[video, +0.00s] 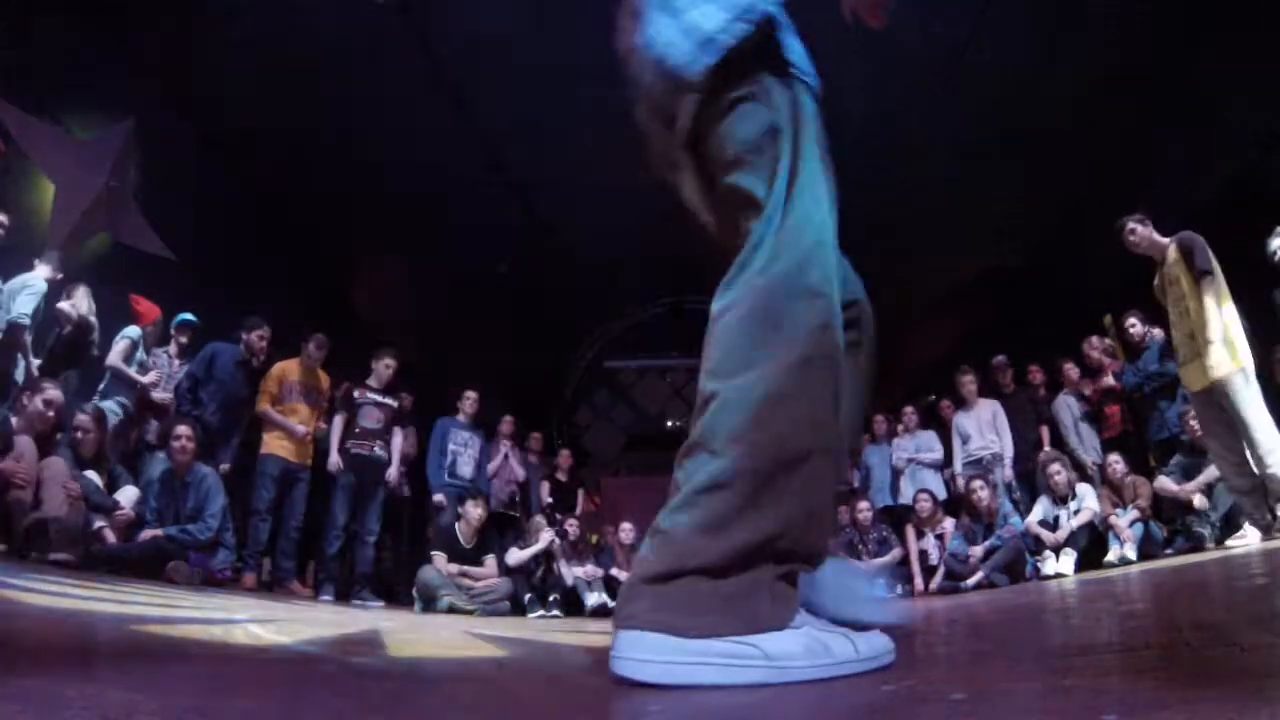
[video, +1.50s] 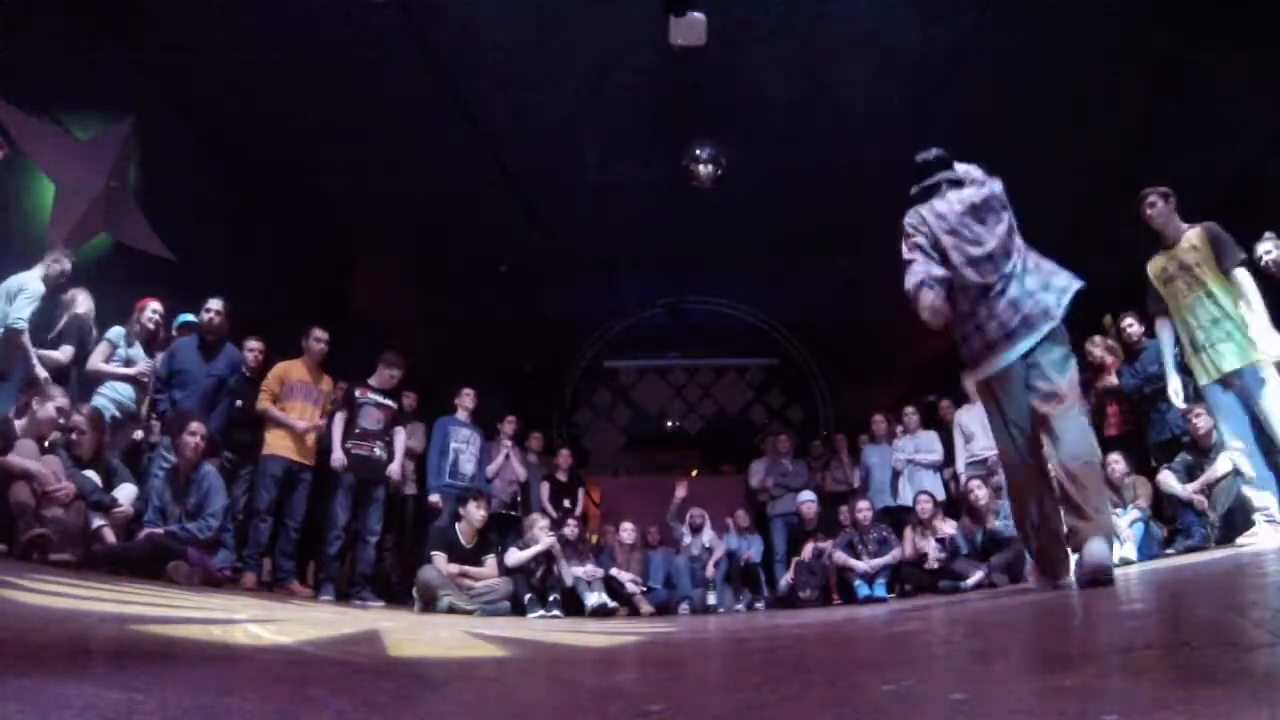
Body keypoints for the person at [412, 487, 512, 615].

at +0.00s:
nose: (480, 513)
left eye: (483, 508)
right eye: (475, 506)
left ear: (487, 513)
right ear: (460, 509)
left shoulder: (485, 536)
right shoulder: (444, 532)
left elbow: (493, 572)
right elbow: (441, 569)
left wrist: (461, 569)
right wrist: (474, 584)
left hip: (478, 590)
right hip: (448, 588)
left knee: (506, 585)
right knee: (426, 573)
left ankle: (454, 604)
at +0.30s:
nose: (481, 513)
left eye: (484, 509)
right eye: (476, 507)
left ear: (488, 512)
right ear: (461, 509)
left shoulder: (485, 537)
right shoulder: (442, 533)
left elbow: (492, 572)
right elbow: (442, 569)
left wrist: (461, 569)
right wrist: (474, 584)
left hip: (477, 590)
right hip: (447, 588)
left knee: (506, 585)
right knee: (426, 573)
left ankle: (455, 604)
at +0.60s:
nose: (480, 513)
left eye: (484, 509)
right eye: (475, 507)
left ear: (487, 512)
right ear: (461, 510)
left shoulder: (485, 537)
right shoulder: (442, 531)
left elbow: (492, 572)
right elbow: (441, 569)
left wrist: (461, 569)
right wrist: (474, 584)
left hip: (477, 590)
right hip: (447, 588)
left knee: (507, 585)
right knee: (426, 573)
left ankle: (456, 604)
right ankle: (477, 609)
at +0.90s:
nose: (481, 513)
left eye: (484, 509)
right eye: (475, 507)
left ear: (487, 512)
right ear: (460, 510)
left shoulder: (485, 536)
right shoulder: (442, 531)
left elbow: (493, 572)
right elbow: (442, 569)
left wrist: (461, 569)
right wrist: (474, 584)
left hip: (477, 589)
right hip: (447, 587)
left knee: (507, 585)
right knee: (426, 573)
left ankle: (455, 604)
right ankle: (475, 609)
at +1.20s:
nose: (481, 513)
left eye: (484, 509)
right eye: (476, 507)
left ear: (487, 512)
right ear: (461, 510)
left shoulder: (485, 537)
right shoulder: (442, 532)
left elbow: (493, 572)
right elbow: (441, 569)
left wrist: (461, 569)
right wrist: (474, 584)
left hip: (477, 589)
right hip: (448, 587)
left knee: (507, 584)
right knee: (426, 573)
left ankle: (455, 604)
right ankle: (476, 609)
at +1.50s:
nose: (483, 514)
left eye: (485, 509)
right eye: (477, 508)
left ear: (488, 511)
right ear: (462, 510)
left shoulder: (486, 537)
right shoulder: (442, 532)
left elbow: (493, 572)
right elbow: (442, 570)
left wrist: (461, 569)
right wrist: (474, 584)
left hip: (477, 590)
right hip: (447, 588)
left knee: (507, 585)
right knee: (426, 573)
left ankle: (455, 604)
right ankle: (476, 609)